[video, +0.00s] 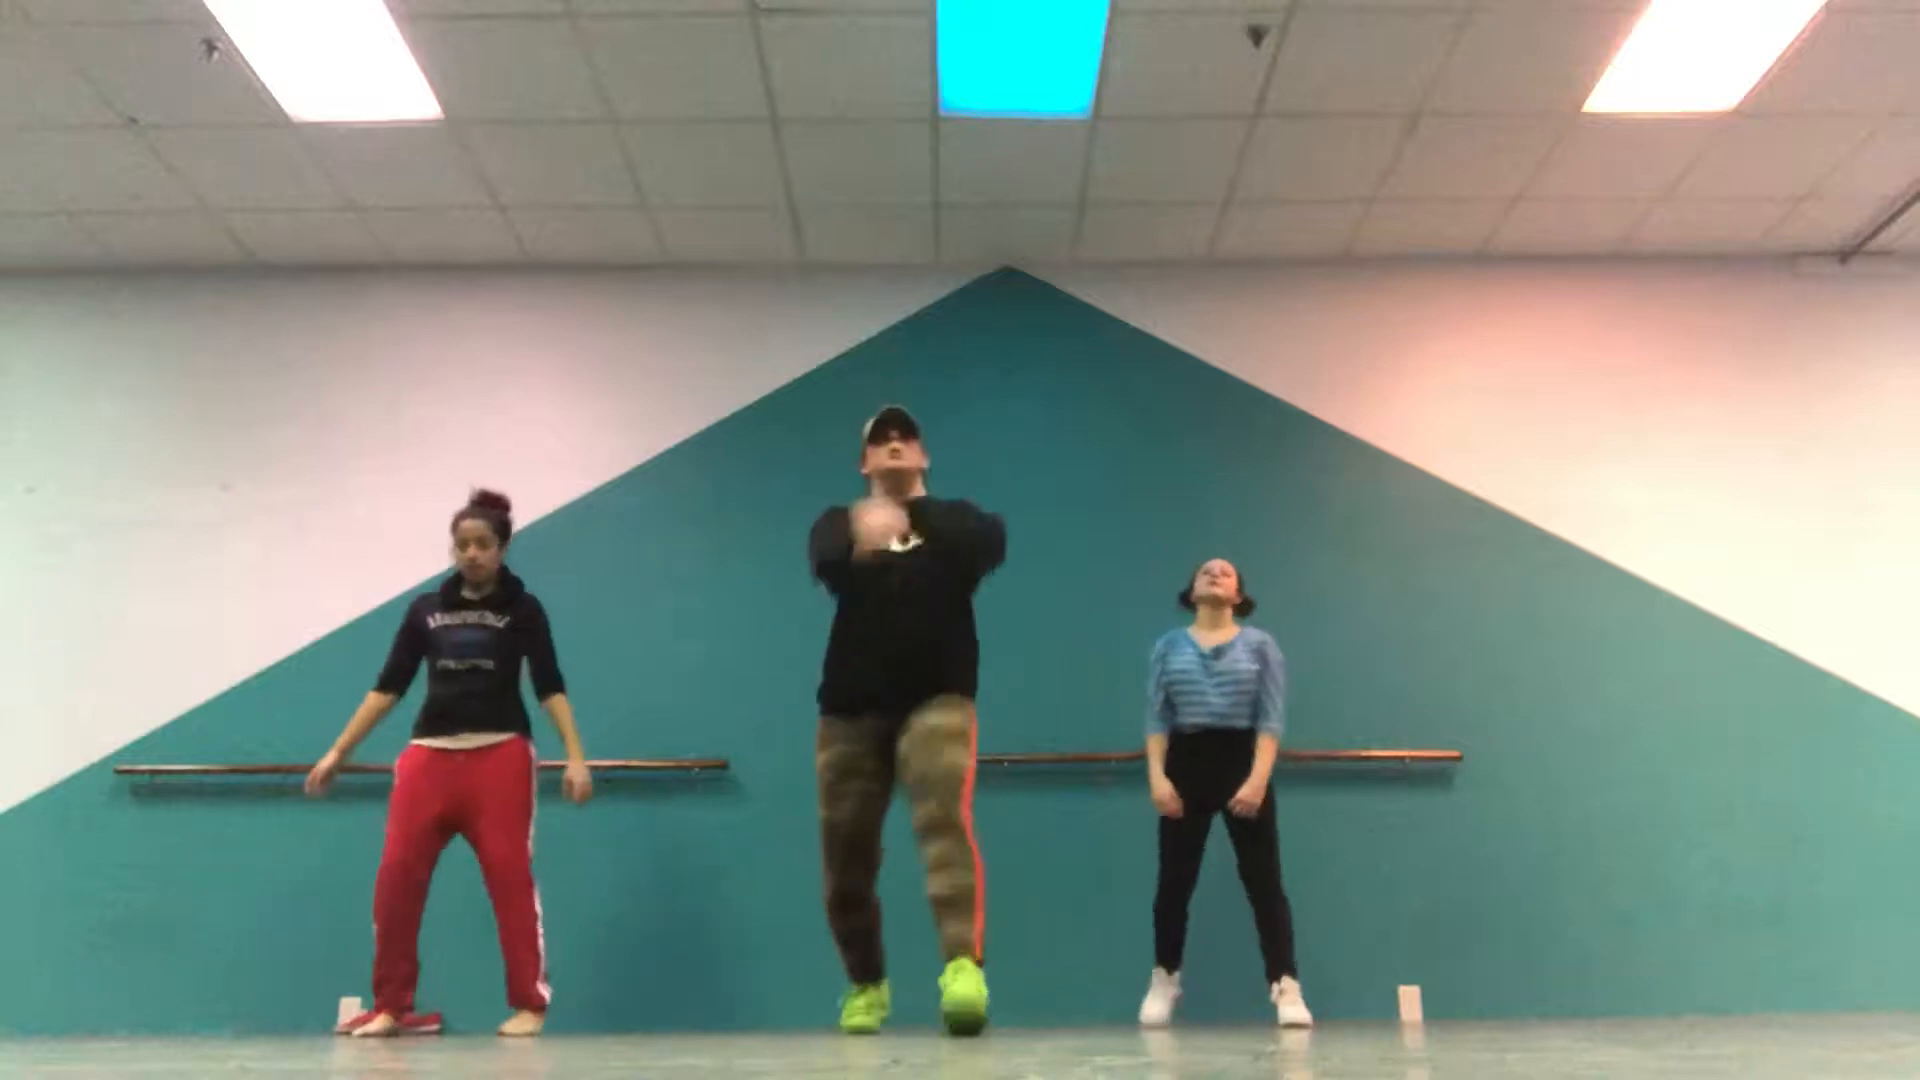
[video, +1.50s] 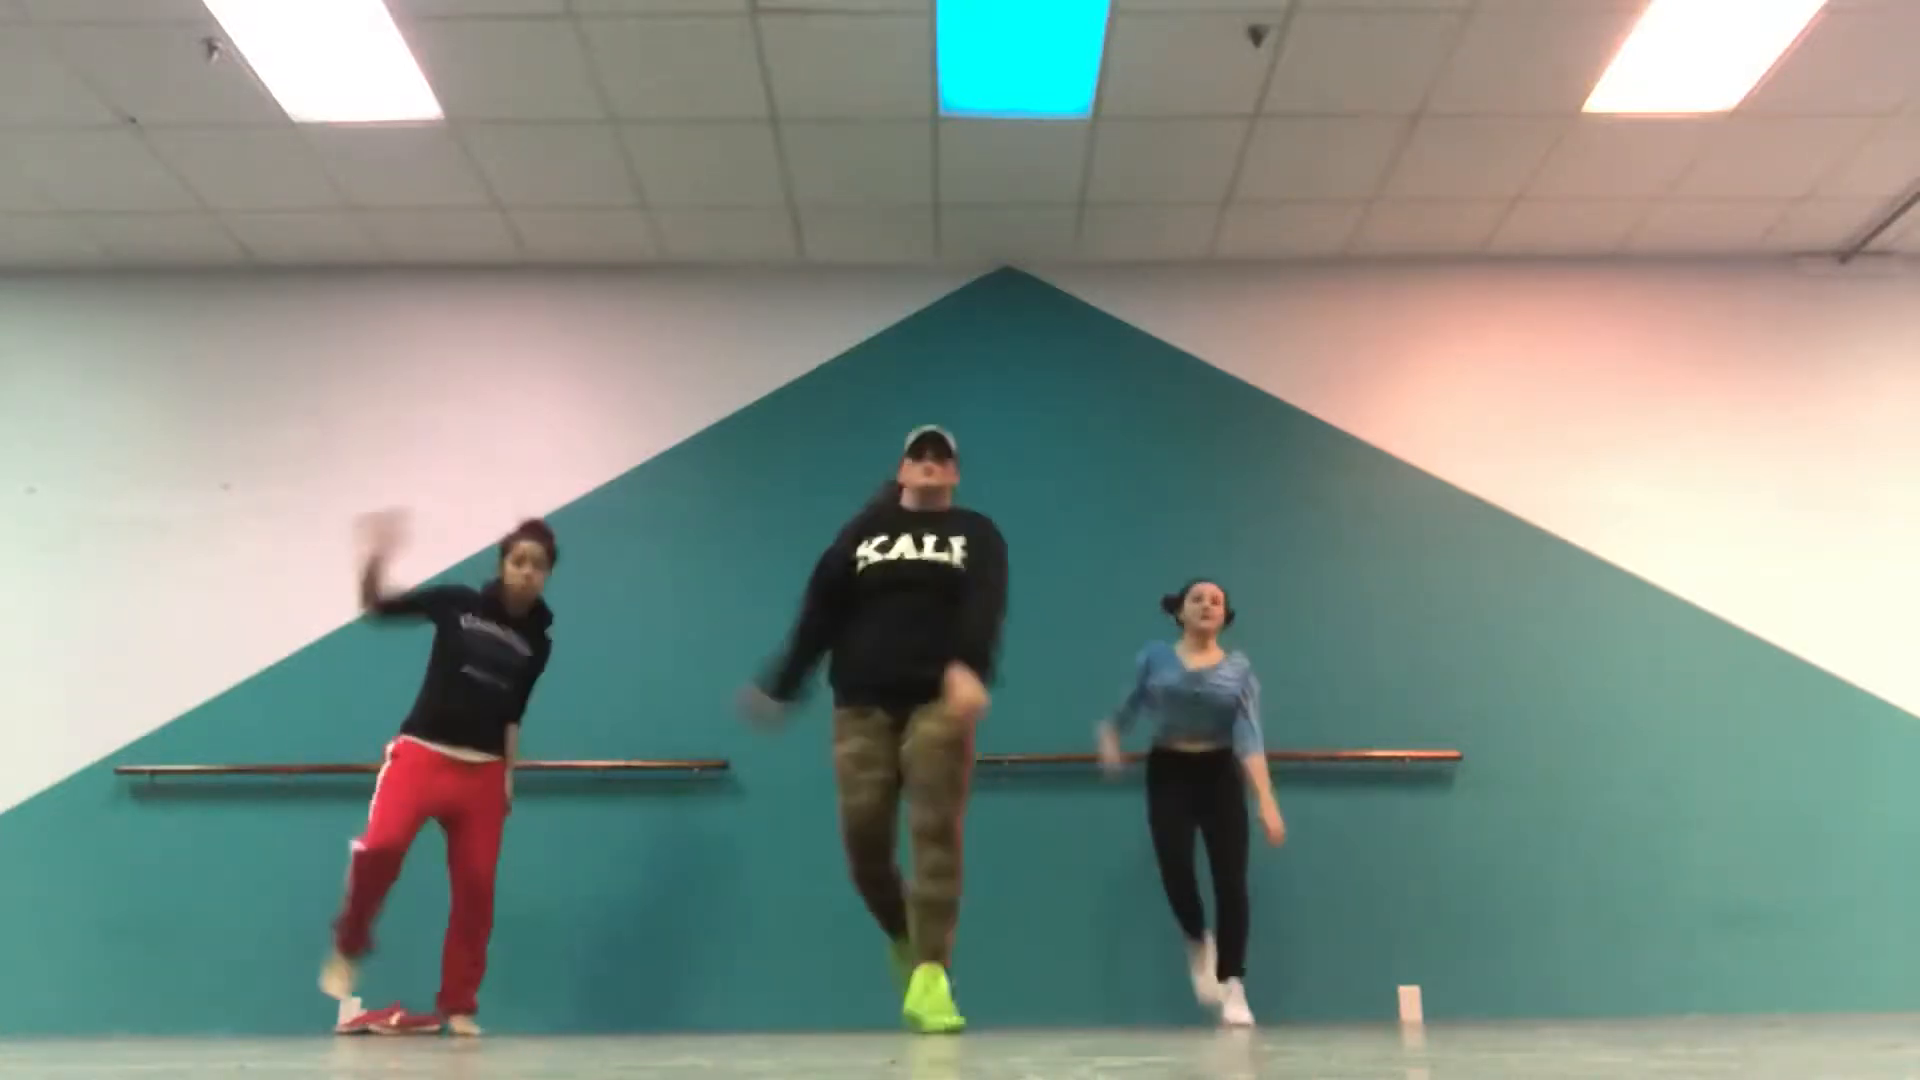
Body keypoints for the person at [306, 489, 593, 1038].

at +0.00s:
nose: (471, 554)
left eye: (482, 543)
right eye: (462, 544)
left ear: (504, 546)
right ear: (451, 547)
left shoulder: (523, 609)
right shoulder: (425, 608)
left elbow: (550, 688)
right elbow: (387, 688)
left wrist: (576, 757)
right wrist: (337, 751)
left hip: (499, 760)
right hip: (427, 761)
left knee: (509, 878)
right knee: (396, 878)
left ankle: (529, 1005)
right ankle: (391, 1006)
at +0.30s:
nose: (502, 538)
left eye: (514, 530)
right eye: (496, 528)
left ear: (537, 539)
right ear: (489, 536)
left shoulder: (555, 605)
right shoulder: (471, 605)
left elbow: (550, 687)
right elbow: (450, 685)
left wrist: (525, 752)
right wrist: (424, 747)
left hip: (523, 755)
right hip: (459, 756)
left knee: (527, 885)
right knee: (417, 876)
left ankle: (530, 1009)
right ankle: (389, 1001)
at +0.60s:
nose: (497, 548)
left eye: (510, 540)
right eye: (493, 538)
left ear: (533, 550)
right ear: (486, 546)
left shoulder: (545, 607)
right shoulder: (471, 611)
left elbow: (522, 682)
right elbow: (447, 679)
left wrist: (470, 747)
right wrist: (458, 718)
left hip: (515, 756)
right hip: (455, 754)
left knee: (513, 880)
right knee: (423, 878)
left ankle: (530, 1009)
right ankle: (416, 1005)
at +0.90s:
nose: (472, 544)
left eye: (484, 538)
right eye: (468, 536)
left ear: (507, 550)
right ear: (460, 545)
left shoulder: (517, 615)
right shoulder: (433, 612)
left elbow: (518, 694)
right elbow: (409, 684)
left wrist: (506, 764)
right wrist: (414, 729)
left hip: (486, 761)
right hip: (427, 763)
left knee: (499, 873)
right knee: (414, 885)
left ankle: (533, 998)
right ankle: (416, 1007)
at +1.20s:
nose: (474, 559)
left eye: (486, 552)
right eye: (468, 550)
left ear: (507, 563)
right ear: (460, 558)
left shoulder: (525, 630)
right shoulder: (430, 628)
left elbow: (534, 710)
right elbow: (405, 713)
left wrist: (532, 777)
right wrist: (368, 780)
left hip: (487, 774)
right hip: (420, 770)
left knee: (475, 892)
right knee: (409, 889)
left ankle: (463, 1007)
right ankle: (417, 1007)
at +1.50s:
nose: (526, 572)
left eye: (536, 565)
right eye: (518, 561)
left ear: (548, 575)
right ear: (502, 564)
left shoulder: (538, 641)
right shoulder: (457, 602)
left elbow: (512, 714)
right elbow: (379, 606)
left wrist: (506, 781)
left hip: (482, 775)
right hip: (419, 761)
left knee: (476, 891)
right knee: (380, 848)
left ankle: (459, 1008)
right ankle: (347, 951)